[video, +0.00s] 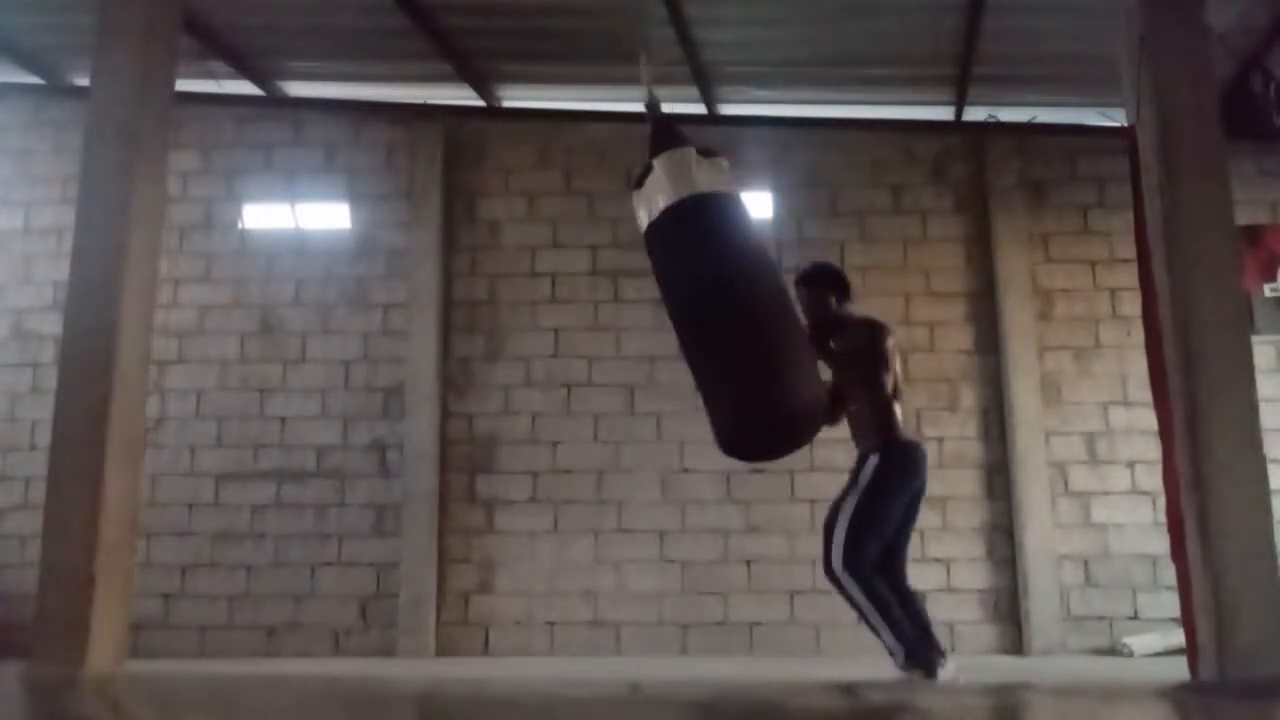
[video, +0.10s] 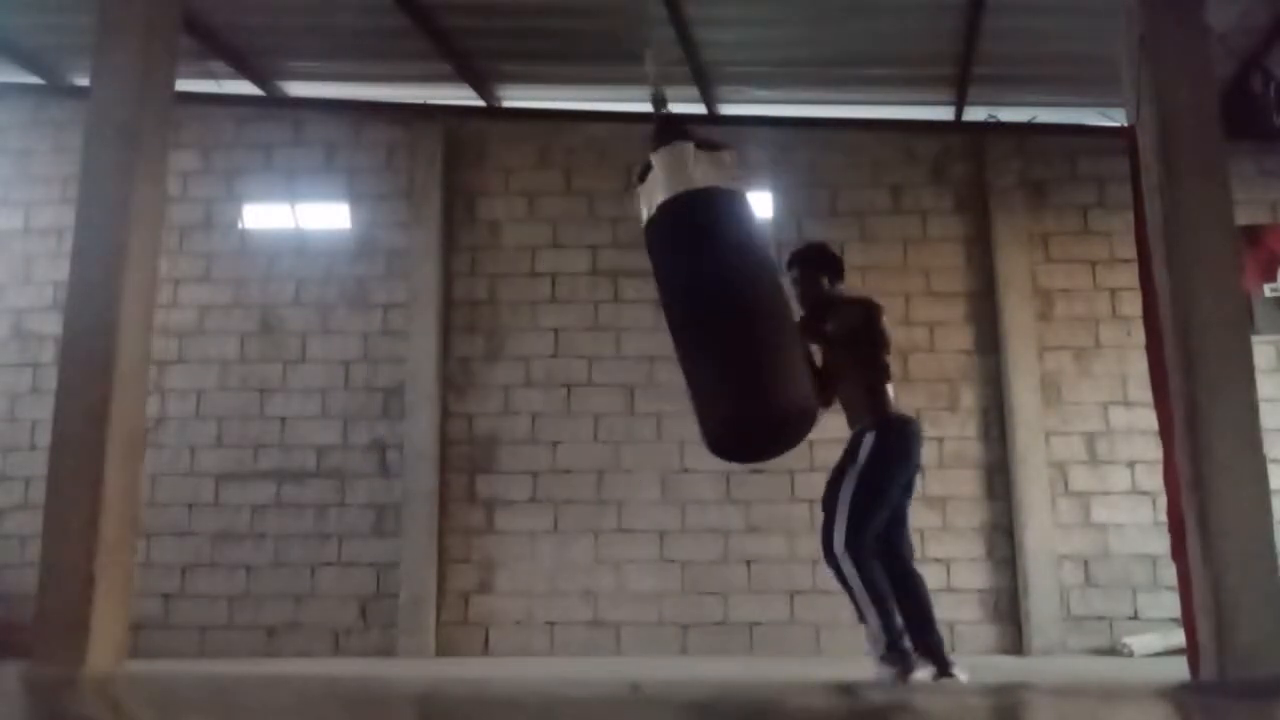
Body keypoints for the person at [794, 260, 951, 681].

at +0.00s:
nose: (804, 309)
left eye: (809, 299)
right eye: (801, 300)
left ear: (832, 297)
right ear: (822, 301)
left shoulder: (867, 330)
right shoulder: (843, 345)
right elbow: (830, 412)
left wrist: (816, 347)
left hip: (886, 460)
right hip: (903, 459)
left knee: (843, 561)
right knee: (886, 566)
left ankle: (917, 660)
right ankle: (929, 658)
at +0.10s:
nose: (795, 288)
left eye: (800, 279)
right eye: (792, 280)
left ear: (823, 277)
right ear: (814, 281)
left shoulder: (854, 310)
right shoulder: (831, 327)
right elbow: (822, 393)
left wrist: (806, 333)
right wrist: (793, 346)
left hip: (879, 437)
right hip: (891, 437)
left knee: (843, 544)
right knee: (892, 553)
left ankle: (894, 657)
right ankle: (939, 663)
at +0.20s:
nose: (791, 293)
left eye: (798, 283)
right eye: (788, 284)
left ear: (821, 282)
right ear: (797, 288)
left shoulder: (857, 316)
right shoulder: (816, 334)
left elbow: (878, 375)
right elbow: (806, 398)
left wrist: (819, 338)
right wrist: (787, 344)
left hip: (879, 442)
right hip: (877, 444)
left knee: (846, 547)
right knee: (892, 558)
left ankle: (853, 671)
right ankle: (950, 666)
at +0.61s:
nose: (738, 293)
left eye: (743, 282)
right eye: (736, 282)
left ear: (767, 281)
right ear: (768, 285)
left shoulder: (806, 314)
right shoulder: (772, 334)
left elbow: (816, 365)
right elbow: (757, 398)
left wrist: (764, 334)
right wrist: (733, 350)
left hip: (830, 447)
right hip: (840, 447)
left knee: (790, 561)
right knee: (832, 566)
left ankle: (796, 672)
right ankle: (921, 660)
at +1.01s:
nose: (692, 298)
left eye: (699, 287)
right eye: (692, 288)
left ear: (722, 288)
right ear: (728, 290)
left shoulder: (765, 323)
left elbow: (751, 386)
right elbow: (738, 411)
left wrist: (705, 338)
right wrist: (695, 382)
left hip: (791, 453)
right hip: (807, 452)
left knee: (744, 565)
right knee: (809, 578)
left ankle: (748, 680)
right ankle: (896, 669)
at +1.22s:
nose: (677, 305)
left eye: (684, 295)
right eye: (676, 295)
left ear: (708, 293)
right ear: (708, 295)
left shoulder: (744, 326)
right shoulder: (721, 343)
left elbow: (716, 392)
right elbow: (688, 398)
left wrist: (657, 344)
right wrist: (651, 382)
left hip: (777, 455)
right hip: (794, 456)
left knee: (708, 553)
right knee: (780, 575)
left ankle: (723, 676)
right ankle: (837, 680)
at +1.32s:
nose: (666, 313)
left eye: (672, 303)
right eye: (667, 303)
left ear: (696, 304)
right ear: (705, 305)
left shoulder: (724, 341)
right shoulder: (741, 343)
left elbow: (682, 402)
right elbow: (686, 404)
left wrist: (648, 356)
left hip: (750, 459)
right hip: (785, 460)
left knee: (663, 546)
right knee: (782, 578)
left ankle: (671, 664)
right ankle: (836, 679)